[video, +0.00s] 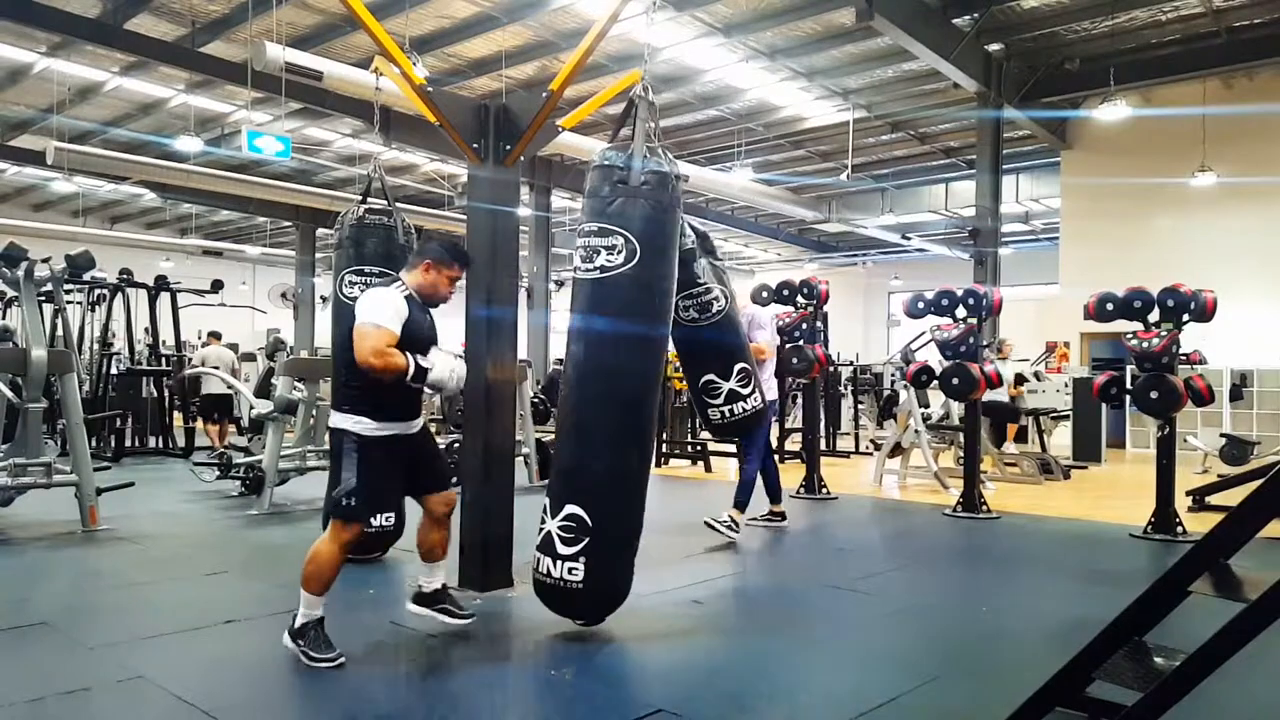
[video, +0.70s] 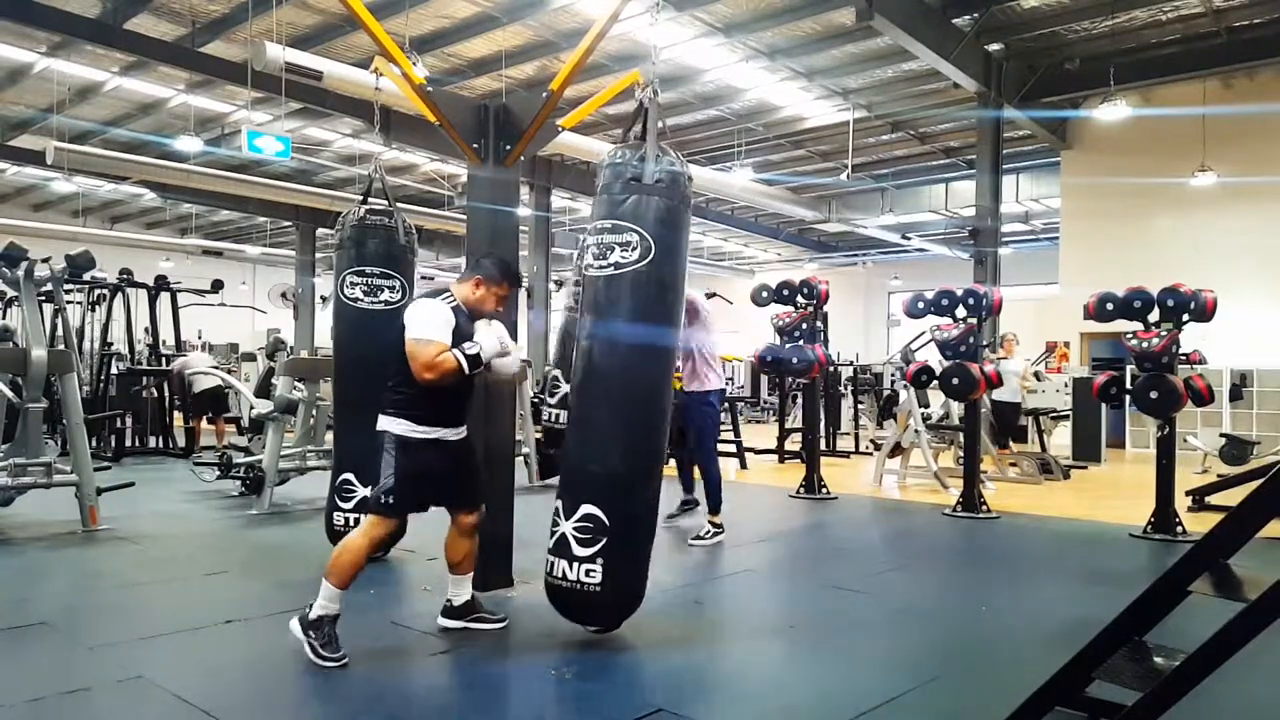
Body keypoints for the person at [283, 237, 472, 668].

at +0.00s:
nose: (452, 292)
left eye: (456, 284)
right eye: (451, 282)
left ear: (429, 273)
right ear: (427, 270)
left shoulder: (418, 310)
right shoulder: (383, 300)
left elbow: (411, 360)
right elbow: (370, 356)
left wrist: (444, 367)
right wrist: (429, 370)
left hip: (409, 431)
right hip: (362, 433)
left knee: (442, 501)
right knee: (344, 530)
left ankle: (430, 591)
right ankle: (305, 624)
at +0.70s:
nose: (500, 311)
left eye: (505, 303)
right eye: (500, 301)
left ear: (482, 289)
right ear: (478, 285)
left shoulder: (470, 321)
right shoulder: (428, 309)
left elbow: (471, 369)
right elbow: (427, 370)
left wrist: (502, 367)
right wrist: (477, 350)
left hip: (452, 437)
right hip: (406, 436)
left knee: (468, 517)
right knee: (382, 527)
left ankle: (459, 604)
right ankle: (318, 617)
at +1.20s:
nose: (535, 316)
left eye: (538, 309)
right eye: (533, 307)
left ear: (512, 299)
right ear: (508, 296)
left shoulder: (507, 332)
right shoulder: (465, 331)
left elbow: (518, 371)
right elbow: (461, 392)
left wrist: (546, 342)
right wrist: (514, 387)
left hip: (497, 449)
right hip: (456, 449)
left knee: (527, 521)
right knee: (439, 537)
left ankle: (544, 598)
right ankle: (375, 617)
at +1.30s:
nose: (556, 315)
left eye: (557, 308)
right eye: (554, 307)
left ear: (531, 300)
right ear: (536, 301)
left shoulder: (516, 326)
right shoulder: (506, 326)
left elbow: (515, 366)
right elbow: (486, 369)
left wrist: (546, 349)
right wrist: (533, 379)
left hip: (510, 448)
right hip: (478, 448)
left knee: (541, 514)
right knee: (467, 535)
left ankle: (547, 597)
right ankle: (383, 611)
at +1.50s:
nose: (583, 323)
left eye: (586, 316)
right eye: (583, 314)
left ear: (554, 302)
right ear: (567, 304)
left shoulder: (524, 325)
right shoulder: (552, 326)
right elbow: (585, 377)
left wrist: (608, 370)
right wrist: (619, 369)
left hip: (531, 447)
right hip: (500, 444)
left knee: (564, 511)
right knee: (478, 528)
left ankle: (547, 597)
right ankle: (399, 607)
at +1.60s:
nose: (593, 325)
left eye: (596, 318)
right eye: (592, 316)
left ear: (574, 307)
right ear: (572, 305)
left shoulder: (570, 338)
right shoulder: (534, 330)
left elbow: (612, 354)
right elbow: (540, 388)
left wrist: (645, 354)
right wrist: (578, 374)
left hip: (541, 444)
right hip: (504, 442)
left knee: (571, 512)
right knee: (497, 527)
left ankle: (549, 597)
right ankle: (435, 606)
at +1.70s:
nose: (589, 325)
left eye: (592, 318)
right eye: (589, 316)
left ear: (571, 305)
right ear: (569, 303)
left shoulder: (560, 337)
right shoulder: (527, 332)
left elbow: (570, 378)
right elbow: (540, 391)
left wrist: (614, 369)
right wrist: (577, 363)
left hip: (548, 447)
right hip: (508, 448)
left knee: (583, 507)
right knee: (492, 531)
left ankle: (557, 586)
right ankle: (439, 612)